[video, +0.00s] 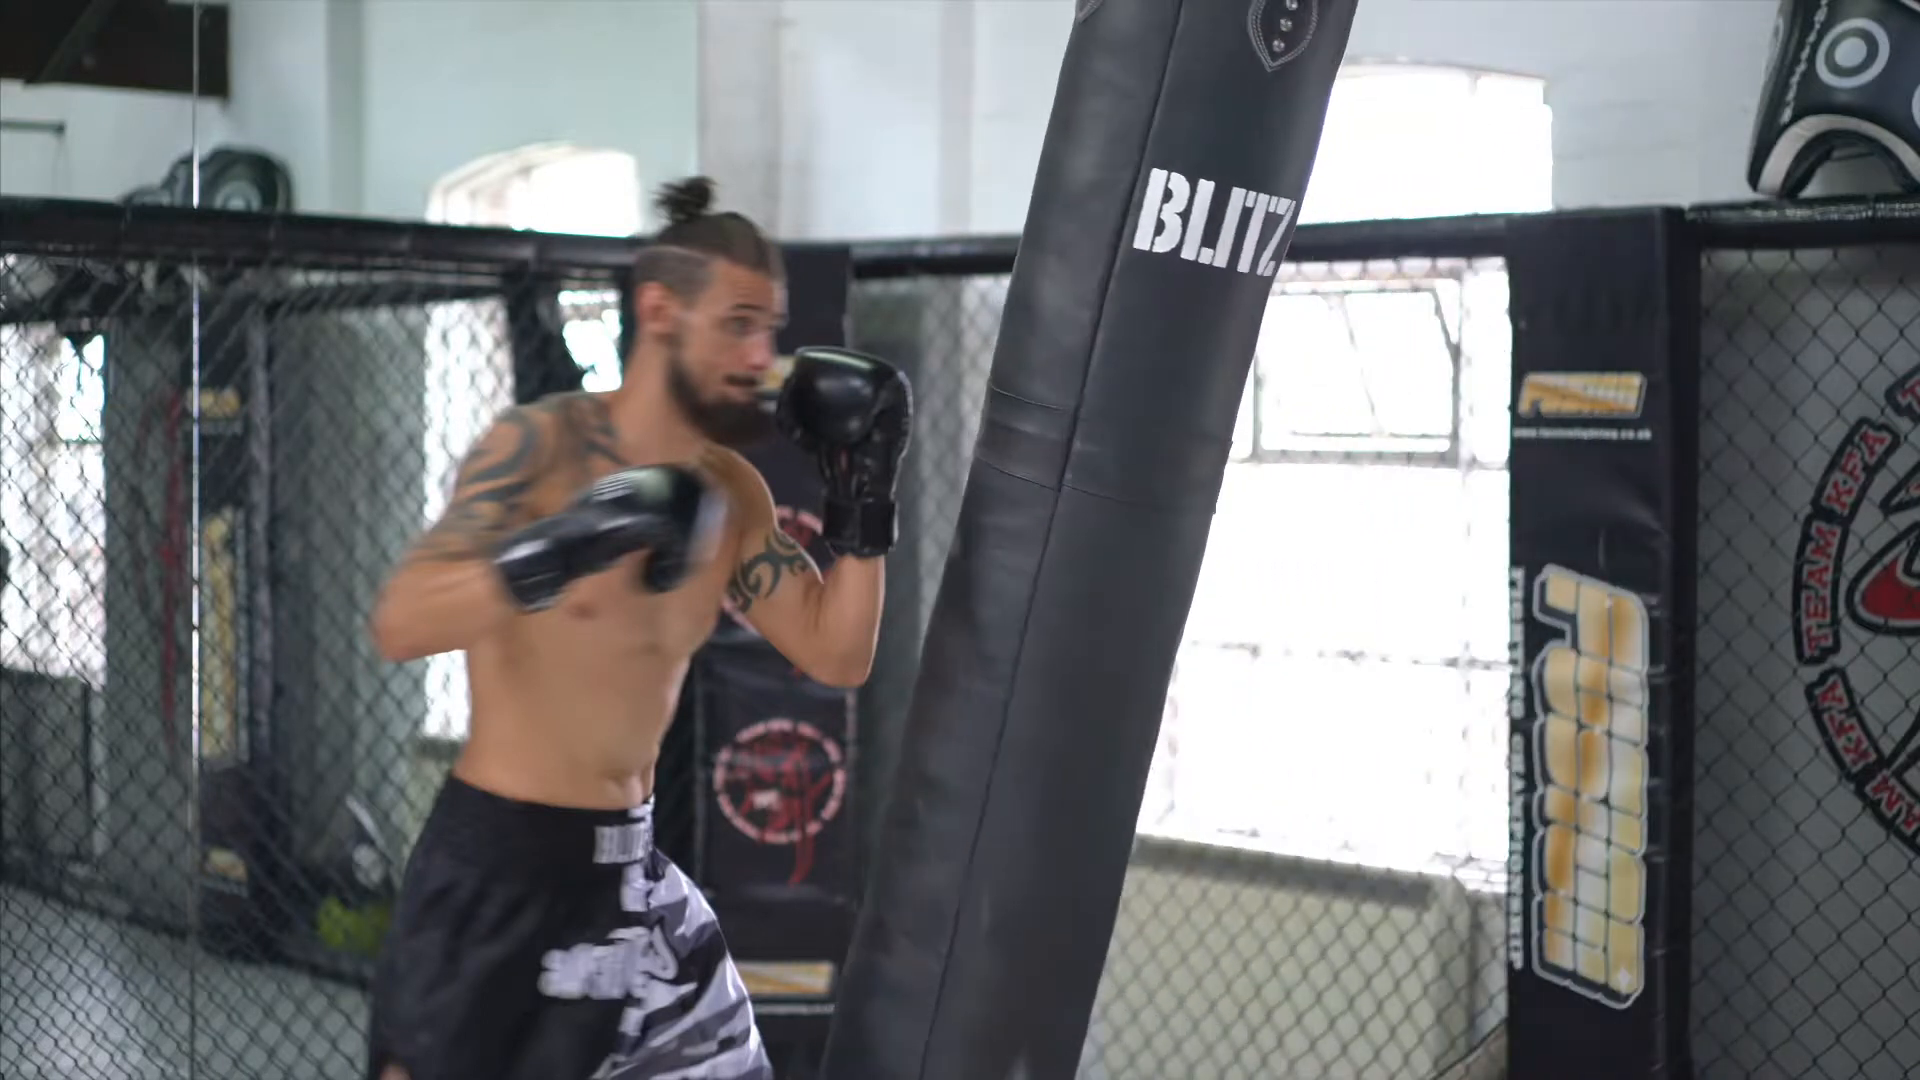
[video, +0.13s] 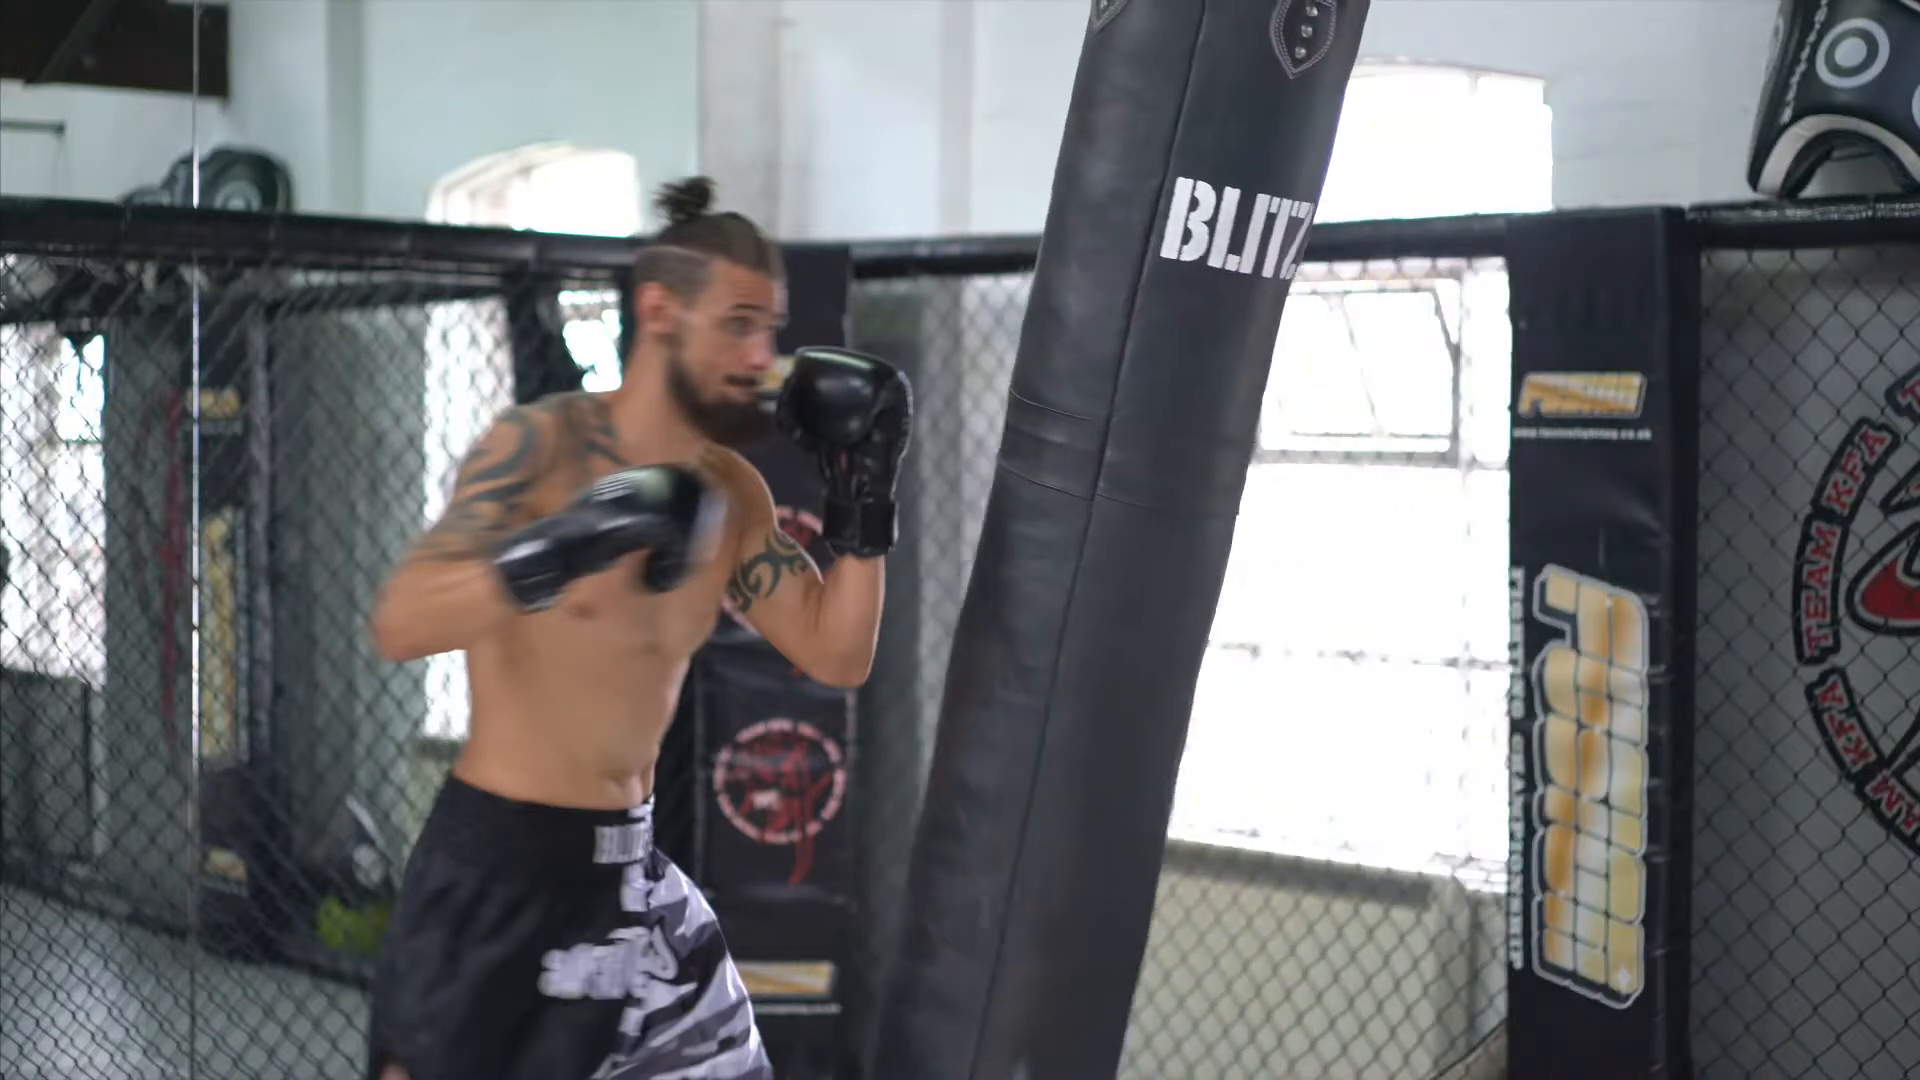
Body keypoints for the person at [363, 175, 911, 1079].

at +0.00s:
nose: (762, 357)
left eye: (772, 331)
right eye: (739, 325)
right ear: (656, 309)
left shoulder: (733, 492)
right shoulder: (538, 441)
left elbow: (839, 655)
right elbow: (400, 623)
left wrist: (866, 481)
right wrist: (569, 546)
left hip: (634, 867)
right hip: (500, 865)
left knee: (731, 1066)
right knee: (438, 1065)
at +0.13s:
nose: (762, 357)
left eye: (772, 331)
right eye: (739, 325)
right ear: (656, 309)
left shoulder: (733, 492)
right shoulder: (538, 441)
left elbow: (839, 655)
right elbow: (400, 623)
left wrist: (866, 480)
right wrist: (569, 546)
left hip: (635, 867)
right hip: (500, 865)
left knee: (732, 1066)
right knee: (439, 1065)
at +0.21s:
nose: (763, 357)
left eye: (772, 331)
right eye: (739, 325)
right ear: (656, 309)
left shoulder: (733, 492)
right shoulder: (538, 440)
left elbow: (839, 655)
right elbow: (400, 623)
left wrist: (865, 481)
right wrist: (569, 546)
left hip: (635, 868)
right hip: (501, 866)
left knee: (732, 1066)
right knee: (441, 1065)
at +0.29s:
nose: (763, 357)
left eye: (772, 331)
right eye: (739, 325)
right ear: (656, 309)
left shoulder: (733, 493)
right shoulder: (538, 441)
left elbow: (839, 655)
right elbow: (400, 623)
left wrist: (865, 481)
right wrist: (569, 546)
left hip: (636, 868)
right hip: (501, 867)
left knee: (732, 1066)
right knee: (441, 1065)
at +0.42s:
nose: (762, 357)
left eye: (772, 331)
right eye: (739, 325)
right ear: (656, 309)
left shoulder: (733, 492)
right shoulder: (537, 441)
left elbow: (839, 655)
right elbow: (400, 623)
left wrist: (866, 481)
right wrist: (568, 546)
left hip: (635, 867)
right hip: (500, 866)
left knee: (732, 1066)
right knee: (439, 1065)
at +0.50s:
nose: (762, 357)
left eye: (772, 331)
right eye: (739, 325)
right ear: (656, 309)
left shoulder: (733, 492)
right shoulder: (537, 441)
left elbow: (839, 655)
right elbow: (400, 623)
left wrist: (866, 481)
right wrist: (568, 546)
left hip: (635, 867)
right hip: (500, 866)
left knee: (732, 1066)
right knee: (439, 1065)